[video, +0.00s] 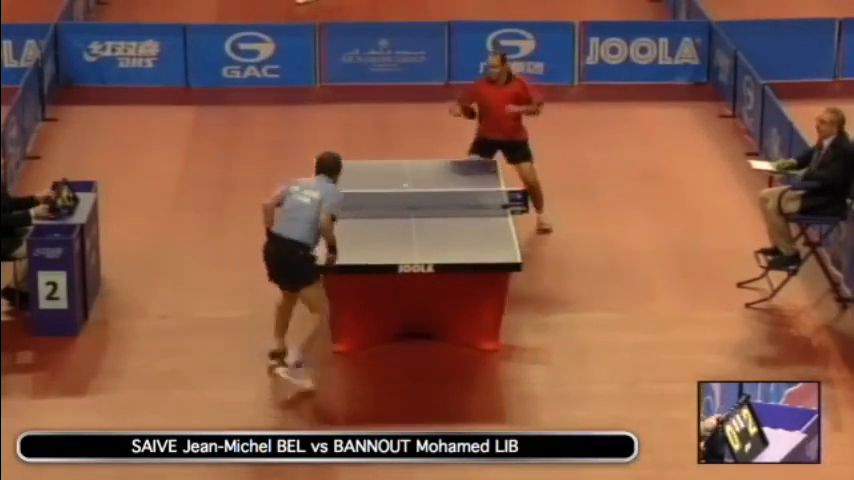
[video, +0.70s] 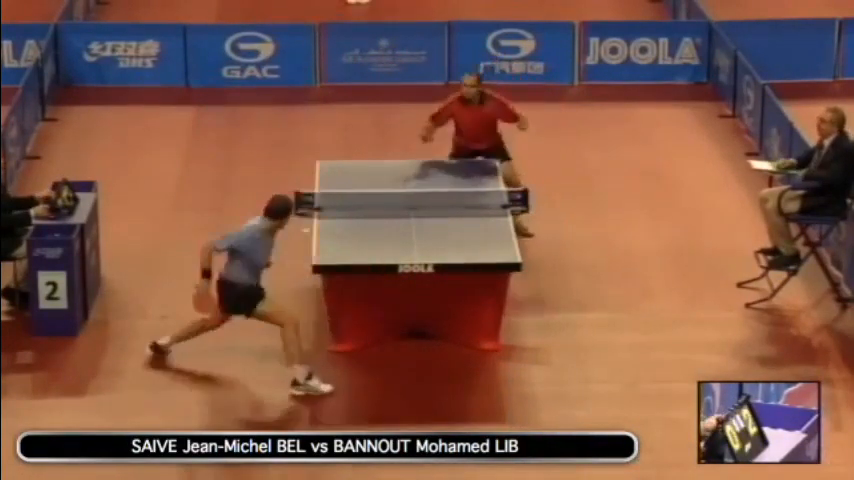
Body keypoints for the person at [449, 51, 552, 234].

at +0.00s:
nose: (491, 71)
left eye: (495, 67)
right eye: (490, 67)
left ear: (505, 67)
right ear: (488, 67)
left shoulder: (518, 85)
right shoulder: (480, 86)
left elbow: (535, 108)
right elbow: (469, 110)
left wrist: (519, 109)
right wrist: (462, 110)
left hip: (514, 139)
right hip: (486, 138)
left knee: (530, 179)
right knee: (472, 175)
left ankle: (540, 217)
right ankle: (471, 218)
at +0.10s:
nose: (485, 74)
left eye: (489, 71)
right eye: (483, 70)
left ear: (499, 69)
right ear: (481, 70)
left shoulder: (513, 87)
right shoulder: (474, 88)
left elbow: (520, 112)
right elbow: (450, 107)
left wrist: (507, 118)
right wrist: (452, 119)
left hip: (507, 139)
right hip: (479, 139)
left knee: (530, 177)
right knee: (466, 175)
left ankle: (540, 216)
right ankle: (463, 218)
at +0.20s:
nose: (477, 89)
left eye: (482, 85)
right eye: (475, 85)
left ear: (492, 85)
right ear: (472, 84)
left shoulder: (502, 102)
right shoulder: (463, 103)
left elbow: (503, 124)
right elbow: (437, 126)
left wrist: (495, 135)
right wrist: (446, 144)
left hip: (495, 151)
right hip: (468, 153)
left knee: (522, 177)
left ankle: (541, 218)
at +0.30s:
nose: (475, 99)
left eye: (479, 96)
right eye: (473, 95)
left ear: (487, 97)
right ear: (469, 95)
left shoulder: (494, 113)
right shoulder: (457, 114)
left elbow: (495, 134)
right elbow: (437, 134)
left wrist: (490, 147)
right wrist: (445, 150)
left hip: (487, 157)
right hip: (461, 158)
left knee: (522, 184)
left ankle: (541, 219)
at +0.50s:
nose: (464, 108)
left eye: (469, 104)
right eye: (462, 103)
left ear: (477, 105)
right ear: (458, 103)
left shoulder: (487, 120)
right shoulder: (448, 124)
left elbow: (503, 136)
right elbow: (436, 145)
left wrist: (511, 147)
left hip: (487, 166)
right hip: (456, 166)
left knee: (521, 188)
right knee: (422, 184)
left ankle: (532, 219)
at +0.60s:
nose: (468, 98)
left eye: (471, 95)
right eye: (465, 94)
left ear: (477, 96)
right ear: (460, 95)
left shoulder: (487, 110)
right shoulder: (452, 114)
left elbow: (512, 123)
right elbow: (428, 131)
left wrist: (521, 135)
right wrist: (420, 147)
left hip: (487, 156)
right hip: (459, 158)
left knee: (515, 180)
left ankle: (516, 222)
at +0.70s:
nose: (467, 90)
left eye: (471, 87)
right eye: (465, 86)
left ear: (479, 88)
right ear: (461, 86)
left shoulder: (491, 102)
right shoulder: (456, 103)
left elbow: (508, 114)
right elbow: (438, 118)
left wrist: (520, 120)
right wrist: (428, 131)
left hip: (492, 147)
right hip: (463, 148)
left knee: (511, 180)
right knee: (454, 183)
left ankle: (516, 220)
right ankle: (455, 223)